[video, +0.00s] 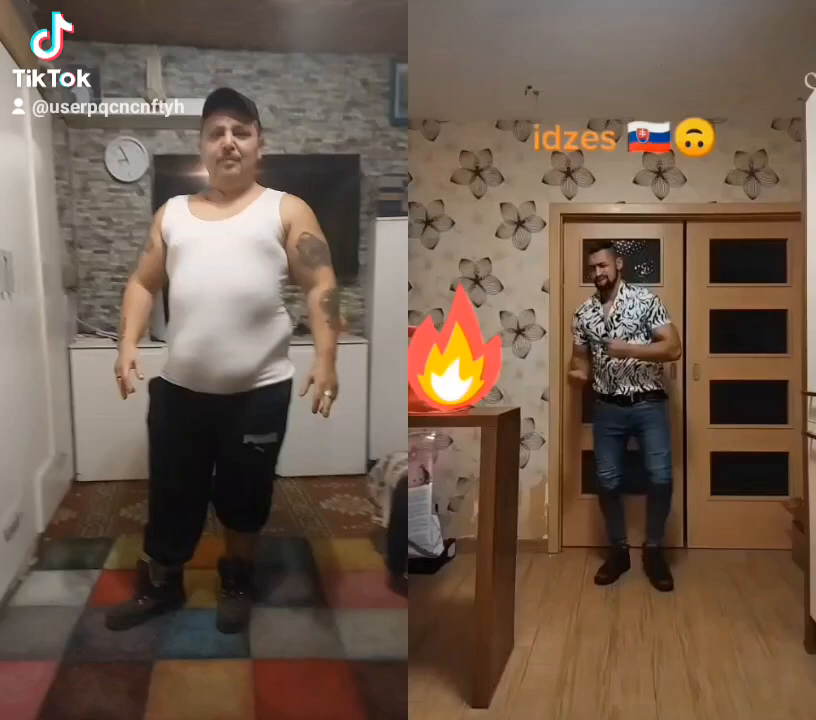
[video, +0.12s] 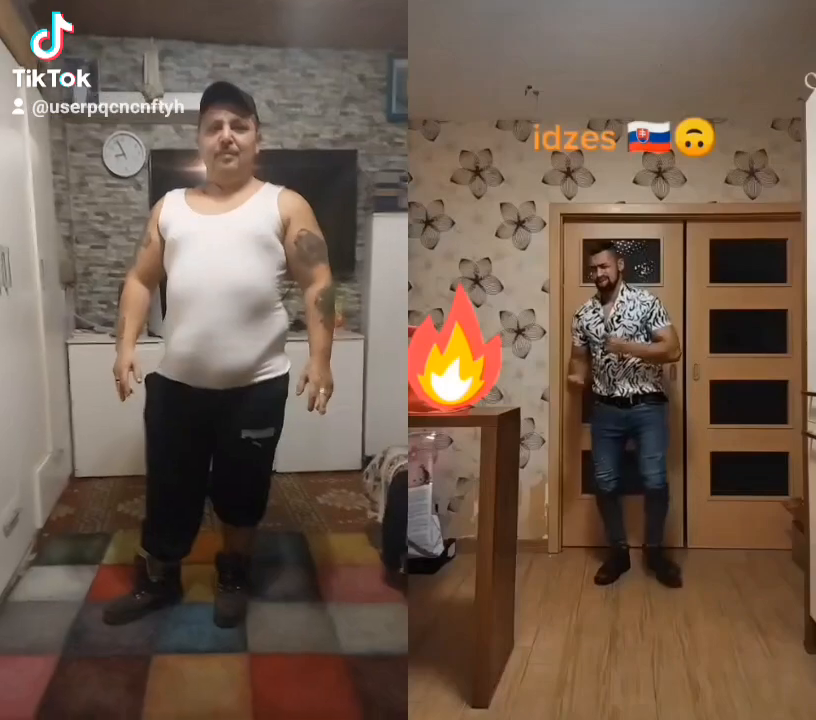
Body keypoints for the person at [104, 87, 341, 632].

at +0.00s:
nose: (228, 144)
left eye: (240, 133)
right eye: (217, 134)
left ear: (259, 144)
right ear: (202, 147)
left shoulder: (288, 212)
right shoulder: (173, 215)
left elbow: (321, 287)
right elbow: (144, 282)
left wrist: (327, 360)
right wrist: (128, 345)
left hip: (257, 391)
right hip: (179, 387)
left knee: (243, 499)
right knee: (170, 494)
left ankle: (236, 585)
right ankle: (161, 587)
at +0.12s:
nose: (226, 138)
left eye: (238, 127)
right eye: (214, 128)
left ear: (257, 138)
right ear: (200, 141)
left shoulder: (286, 207)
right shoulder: (171, 209)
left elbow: (317, 282)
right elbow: (142, 279)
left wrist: (321, 359)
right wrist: (126, 344)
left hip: (255, 386)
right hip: (176, 382)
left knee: (241, 493)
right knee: (167, 489)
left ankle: (233, 579)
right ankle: (159, 582)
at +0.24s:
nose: (229, 137)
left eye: (241, 126)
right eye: (217, 127)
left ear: (260, 138)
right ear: (203, 140)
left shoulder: (289, 206)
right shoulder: (173, 208)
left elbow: (322, 280)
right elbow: (144, 280)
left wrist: (326, 357)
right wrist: (128, 347)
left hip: (258, 385)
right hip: (180, 381)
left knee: (245, 493)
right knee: (172, 488)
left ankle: (238, 576)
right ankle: (165, 582)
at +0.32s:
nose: (233, 138)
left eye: (245, 128)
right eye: (222, 128)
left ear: (265, 139)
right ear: (208, 141)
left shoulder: (294, 207)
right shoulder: (177, 210)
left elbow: (327, 281)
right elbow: (148, 280)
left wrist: (333, 356)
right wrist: (132, 348)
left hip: (263, 386)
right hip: (185, 383)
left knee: (250, 495)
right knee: (177, 491)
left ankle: (242, 578)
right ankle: (170, 583)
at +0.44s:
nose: (240, 150)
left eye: (252, 139)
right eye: (228, 141)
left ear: (271, 150)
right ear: (213, 154)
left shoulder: (301, 218)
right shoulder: (183, 223)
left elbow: (339, 287)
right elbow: (154, 290)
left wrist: (344, 357)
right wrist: (138, 354)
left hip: (274, 398)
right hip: (195, 396)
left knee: (262, 508)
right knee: (185, 505)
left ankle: (255, 590)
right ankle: (180, 595)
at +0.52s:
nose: (239, 148)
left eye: (251, 137)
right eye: (227, 139)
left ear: (270, 148)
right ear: (212, 154)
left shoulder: (301, 215)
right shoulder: (182, 222)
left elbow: (344, 279)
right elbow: (153, 287)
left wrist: (348, 342)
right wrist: (139, 340)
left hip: (280, 395)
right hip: (198, 395)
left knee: (269, 508)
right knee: (187, 504)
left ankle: (263, 588)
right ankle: (186, 593)